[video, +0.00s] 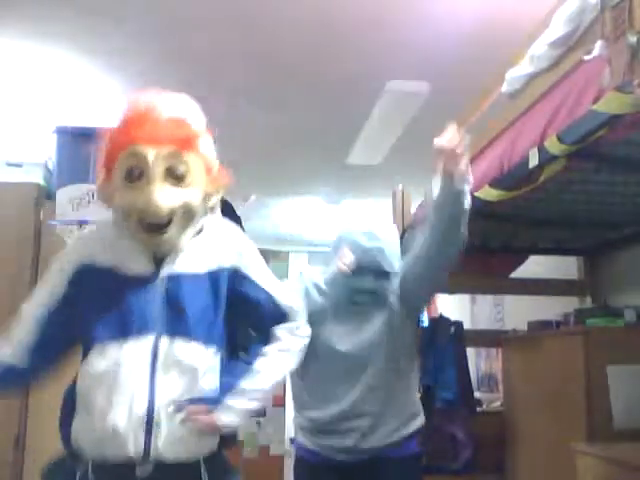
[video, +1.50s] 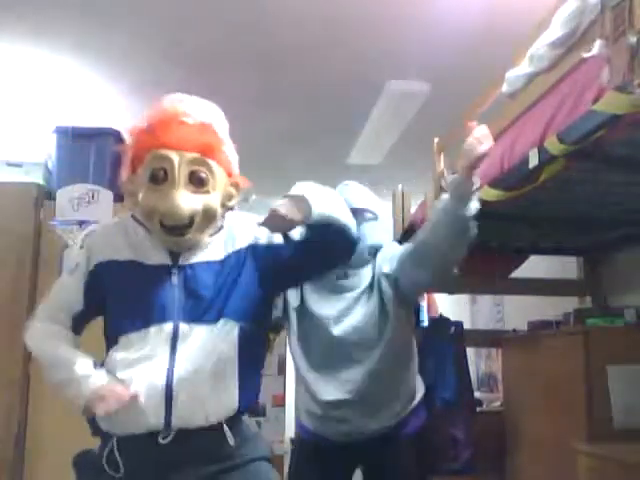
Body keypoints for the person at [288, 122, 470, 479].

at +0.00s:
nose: (364, 281)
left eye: (373, 273)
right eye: (355, 270)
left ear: (387, 273)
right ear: (336, 266)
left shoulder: (400, 300)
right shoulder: (308, 301)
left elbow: (439, 248)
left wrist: (451, 178)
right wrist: (335, 277)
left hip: (392, 455)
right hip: (320, 457)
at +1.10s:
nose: (368, 229)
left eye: (379, 218)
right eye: (354, 220)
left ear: (400, 228)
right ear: (341, 232)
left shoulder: (422, 279)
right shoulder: (316, 279)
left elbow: (491, 260)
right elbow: (261, 288)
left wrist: (448, 200)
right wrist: (333, 254)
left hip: (400, 447)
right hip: (327, 449)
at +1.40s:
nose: (362, 231)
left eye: (376, 222)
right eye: (351, 219)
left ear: (394, 231)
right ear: (332, 225)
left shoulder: (402, 276)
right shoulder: (311, 272)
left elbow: (471, 270)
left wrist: (469, 195)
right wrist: (320, 228)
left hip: (401, 433)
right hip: (328, 437)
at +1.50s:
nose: (355, 228)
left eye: (366, 218)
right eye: (345, 217)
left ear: (380, 224)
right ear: (322, 222)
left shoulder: (390, 269)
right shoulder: (296, 279)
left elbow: (435, 249)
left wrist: (464, 176)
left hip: (394, 433)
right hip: (319, 437)